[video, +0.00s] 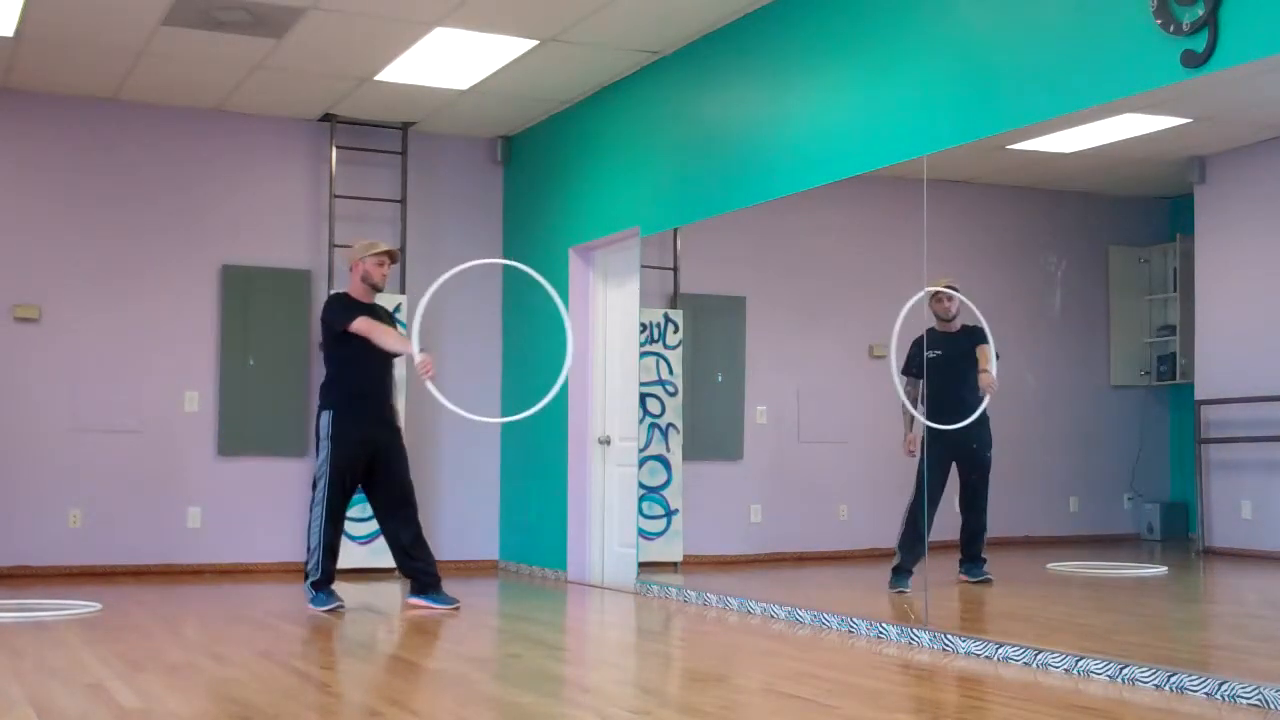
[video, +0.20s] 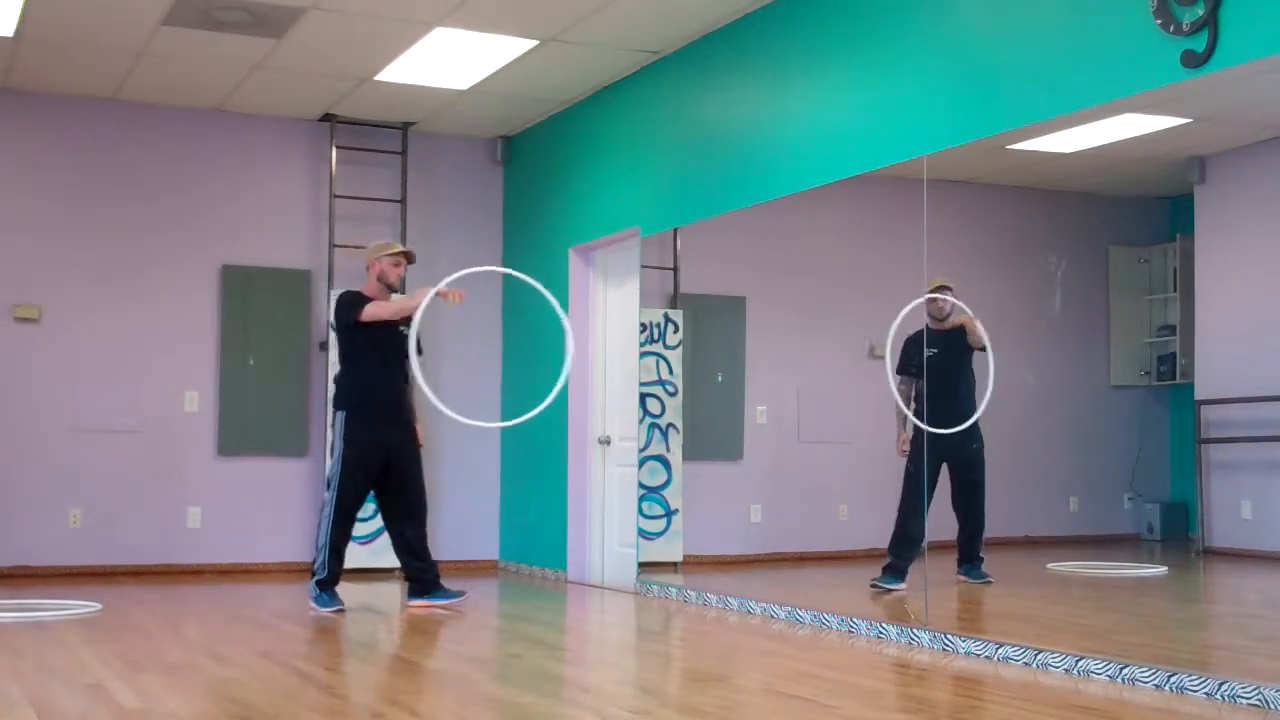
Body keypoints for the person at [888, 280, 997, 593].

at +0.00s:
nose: (945, 304)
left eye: (950, 299)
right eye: (938, 300)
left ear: (959, 304)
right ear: (930, 307)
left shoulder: (975, 333)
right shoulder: (922, 343)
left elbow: (984, 355)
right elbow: (910, 391)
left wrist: (984, 372)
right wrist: (909, 430)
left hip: (974, 430)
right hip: (937, 433)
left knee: (975, 502)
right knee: (923, 502)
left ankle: (972, 565)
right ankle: (902, 571)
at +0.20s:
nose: (938, 303)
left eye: (943, 299)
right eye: (933, 299)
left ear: (953, 303)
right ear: (925, 305)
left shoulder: (963, 333)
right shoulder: (915, 342)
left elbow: (981, 342)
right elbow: (905, 389)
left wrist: (968, 320)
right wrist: (903, 429)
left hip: (965, 431)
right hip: (927, 433)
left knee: (970, 503)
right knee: (912, 504)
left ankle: (970, 566)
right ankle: (895, 572)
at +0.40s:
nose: (933, 301)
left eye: (937, 296)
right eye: (927, 296)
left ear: (942, 300)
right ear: (915, 300)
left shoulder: (952, 334)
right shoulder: (899, 338)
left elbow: (980, 351)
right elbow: (883, 386)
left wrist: (982, 319)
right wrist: (883, 427)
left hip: (945, 430)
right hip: (909, 432)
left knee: (957, 499)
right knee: (906, 503)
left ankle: (941, 562)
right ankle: (894, 572)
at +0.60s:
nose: (932, 301)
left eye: (934, 296)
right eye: (926, 296)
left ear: (934, 301)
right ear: (910, 301)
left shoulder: (941, 338)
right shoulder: (886, 338)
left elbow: (984, 355)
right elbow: (868, 381)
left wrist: (1010, 326)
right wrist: (862, 424)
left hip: (927, 434)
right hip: (891, 434)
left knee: (927, 504)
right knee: (878, 504)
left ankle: (917, 568)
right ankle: (862, 569)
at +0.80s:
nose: (918, 301)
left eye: (917, 296)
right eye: (911, 296)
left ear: (909, 300)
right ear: (893, 300)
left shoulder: (924, 335)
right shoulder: (868, 337)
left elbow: (977, 344)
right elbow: (848, 379)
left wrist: (1015, 324)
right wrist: (841, 420)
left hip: (914, 437)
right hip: (877, 438)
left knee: (916, 506)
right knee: (859, 506)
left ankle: (916, 570)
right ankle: (845, 574)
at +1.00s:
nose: (916, 302)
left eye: (916, 296)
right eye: (909, 297)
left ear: (911, 301)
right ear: (890, 301)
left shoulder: (922, 338)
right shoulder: (866, 338)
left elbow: (959, 369)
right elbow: (845, 378)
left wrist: (981, 342)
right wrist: (835, 416)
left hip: (913, 437)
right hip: (877, 437)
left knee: (917, 506)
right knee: (865, 508)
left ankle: (915, 570)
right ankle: (847, 575)